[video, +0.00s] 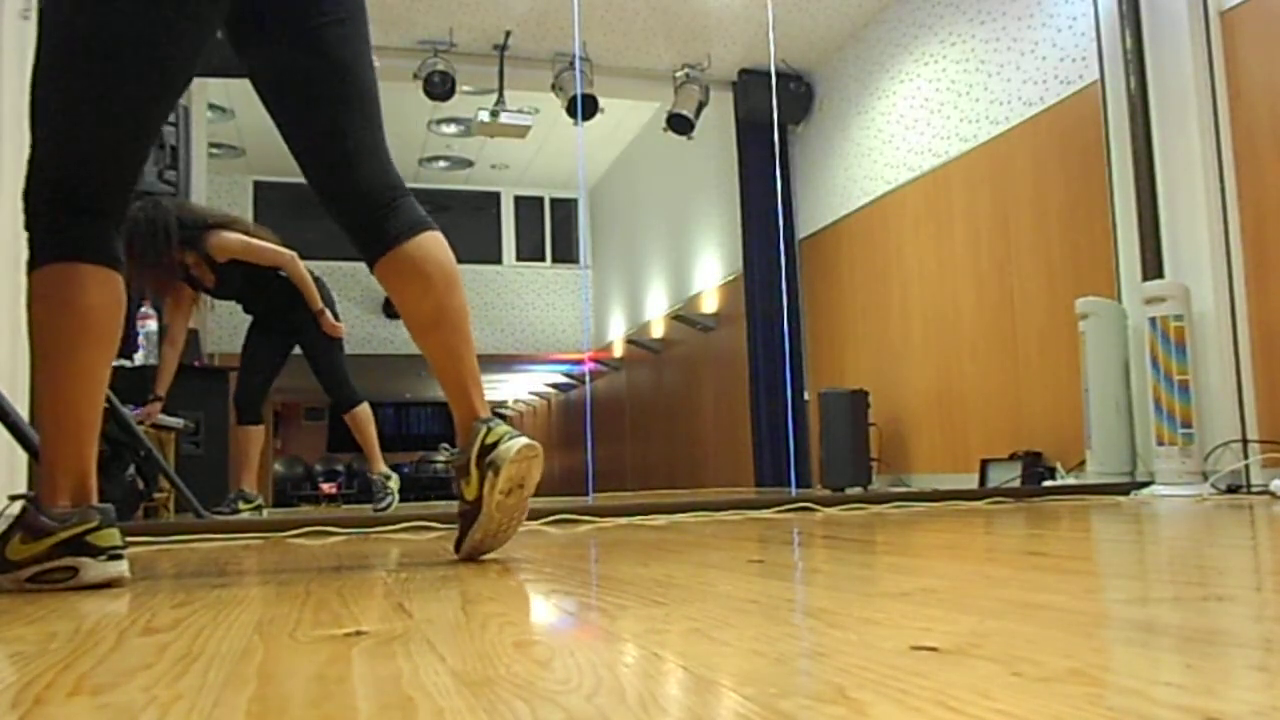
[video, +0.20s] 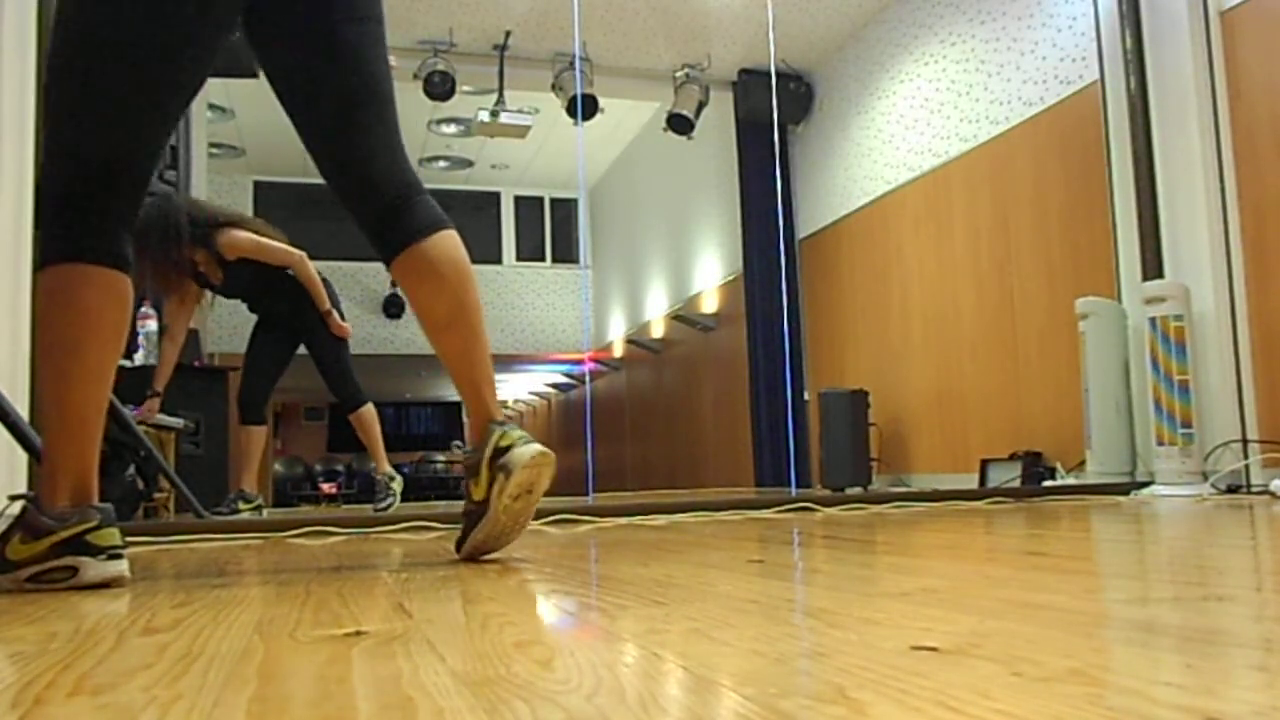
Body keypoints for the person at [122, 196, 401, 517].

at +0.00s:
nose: (150, 260)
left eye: (150, 250)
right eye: (145, 253)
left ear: (164, 238)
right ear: (165, 239)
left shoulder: (218, 244)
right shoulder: (183, 280)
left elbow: (290, 259)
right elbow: (173, 339)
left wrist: (321, 311)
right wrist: (158, 398)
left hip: (305, 305)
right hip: (268, 318)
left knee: (339, 388)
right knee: (247, 398)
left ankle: (380, 473)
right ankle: (248, 495)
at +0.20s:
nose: (157, 257)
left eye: (157, 247)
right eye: (152, 250)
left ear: (173, 235)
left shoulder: (228, 242)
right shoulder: (189, 275)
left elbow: (298, 259)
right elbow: (173, 335)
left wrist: (328, 312)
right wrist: (156, 394)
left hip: (310, 305)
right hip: (274, 317)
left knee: (345, 386)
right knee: (251, 397)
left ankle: (385, 473)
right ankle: (248, 494)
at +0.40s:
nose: (188, 248)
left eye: (189, 239)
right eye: (185, 242)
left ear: (207, 229)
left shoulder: (256, 237)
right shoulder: (213, 269)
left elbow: (324, 261)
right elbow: (202, 328)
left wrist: (348, 316)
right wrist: (189, 383)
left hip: (324, 311)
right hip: (287, 321)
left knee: (357, 392)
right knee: (256, 399)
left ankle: (401, 475)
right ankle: (248, 496)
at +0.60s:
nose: (252, 231)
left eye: (255, 221)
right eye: (249, 224)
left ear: (274, 214)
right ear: (255, 223)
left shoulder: (317, 236)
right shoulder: (266, 257)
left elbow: (372, 272)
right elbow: (261, 310)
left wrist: (385, 329)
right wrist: (257, 364)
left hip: (358, 321)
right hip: (316, 327)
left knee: (380, 403)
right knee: (278, 398)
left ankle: (419, 483)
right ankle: (250, 493)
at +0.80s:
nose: (347, 219)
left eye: (351, 211)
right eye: (342, 212)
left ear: (365, 206)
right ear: (334, 212)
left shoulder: (388, 228)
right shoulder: (328, 238)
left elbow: (426, 277)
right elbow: (319, 294)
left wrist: (430, 332)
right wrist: (316, 345)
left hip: (396, 323)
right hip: (350, 325)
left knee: (412, 404)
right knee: (313, 402)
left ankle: (423, 485)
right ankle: (266, 489)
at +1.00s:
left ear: (405, 191)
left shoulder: (418, 221)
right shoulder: (357, 226)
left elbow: (449, 274)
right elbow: (337, 272)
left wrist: (444, 328)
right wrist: (334, 319)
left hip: (411, 318)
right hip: (365, 319)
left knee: (415, 401)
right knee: (359, 392)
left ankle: (422, 484)